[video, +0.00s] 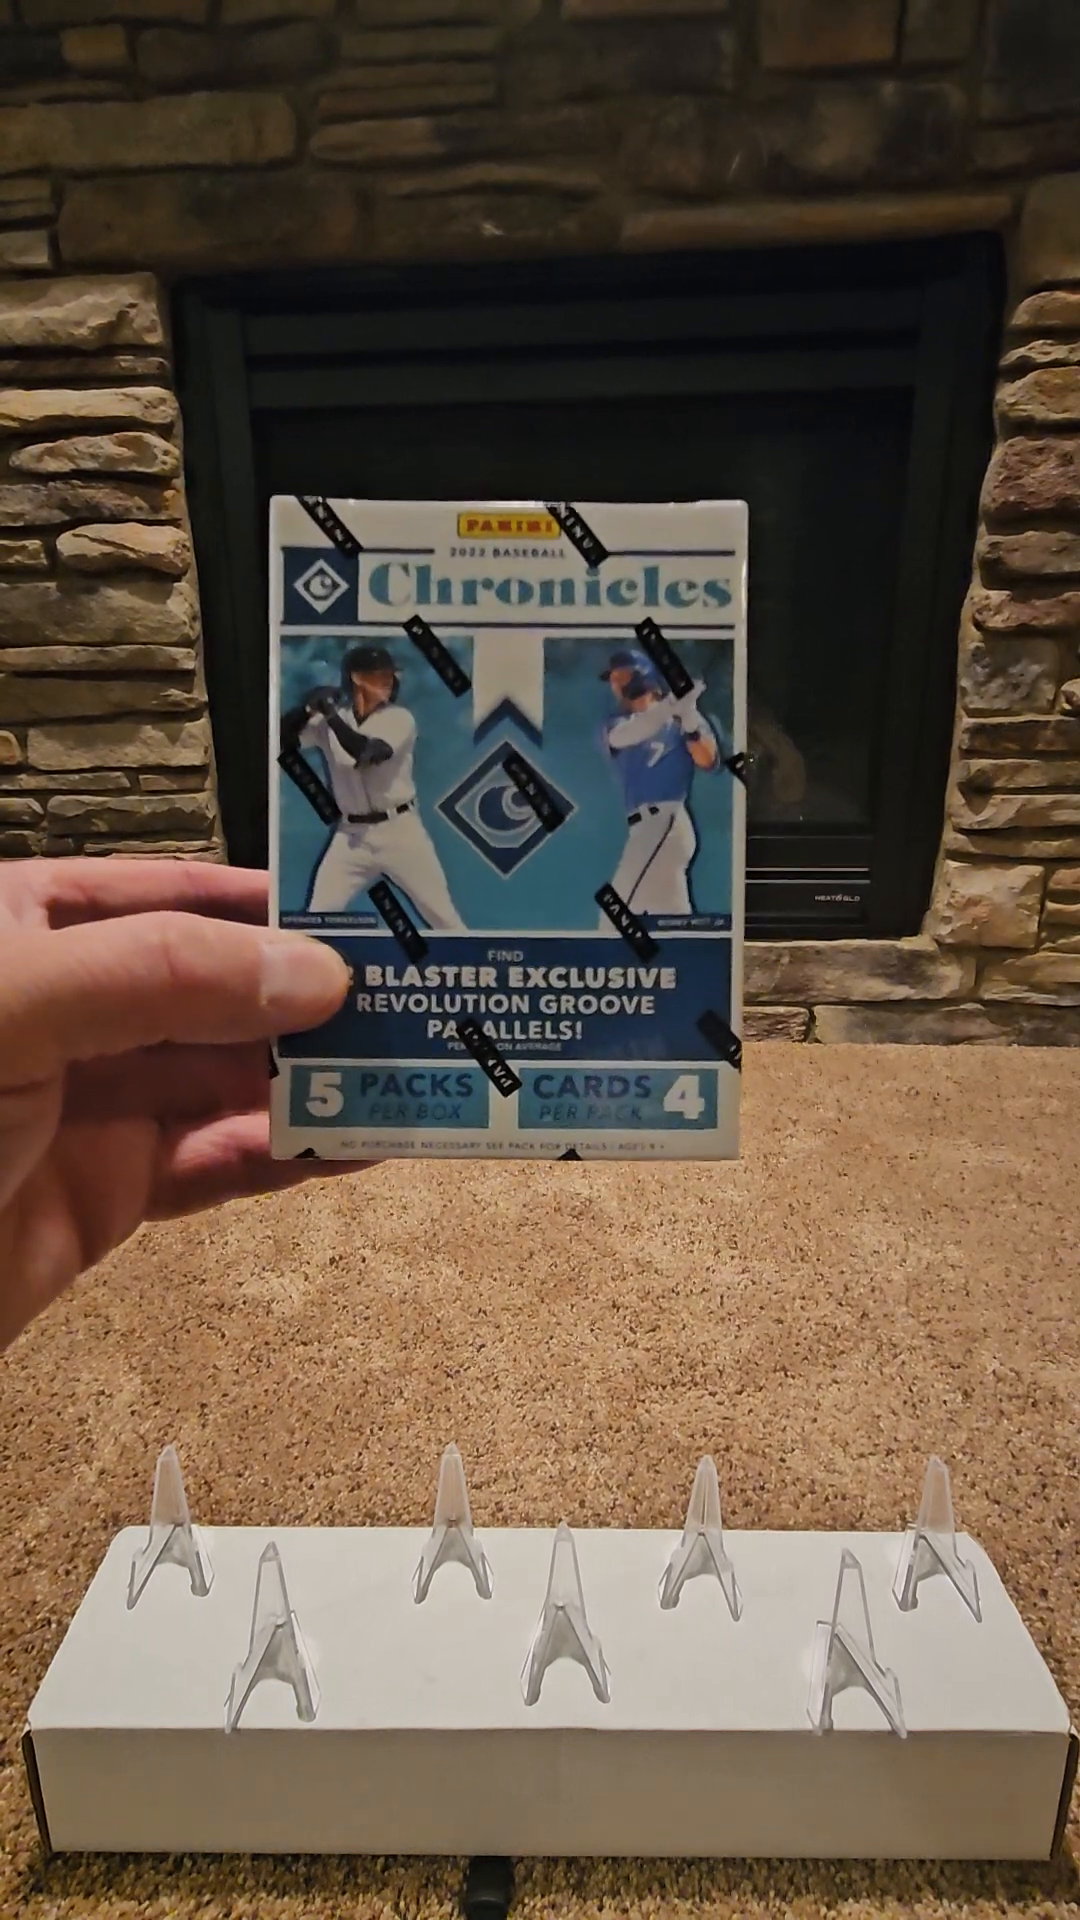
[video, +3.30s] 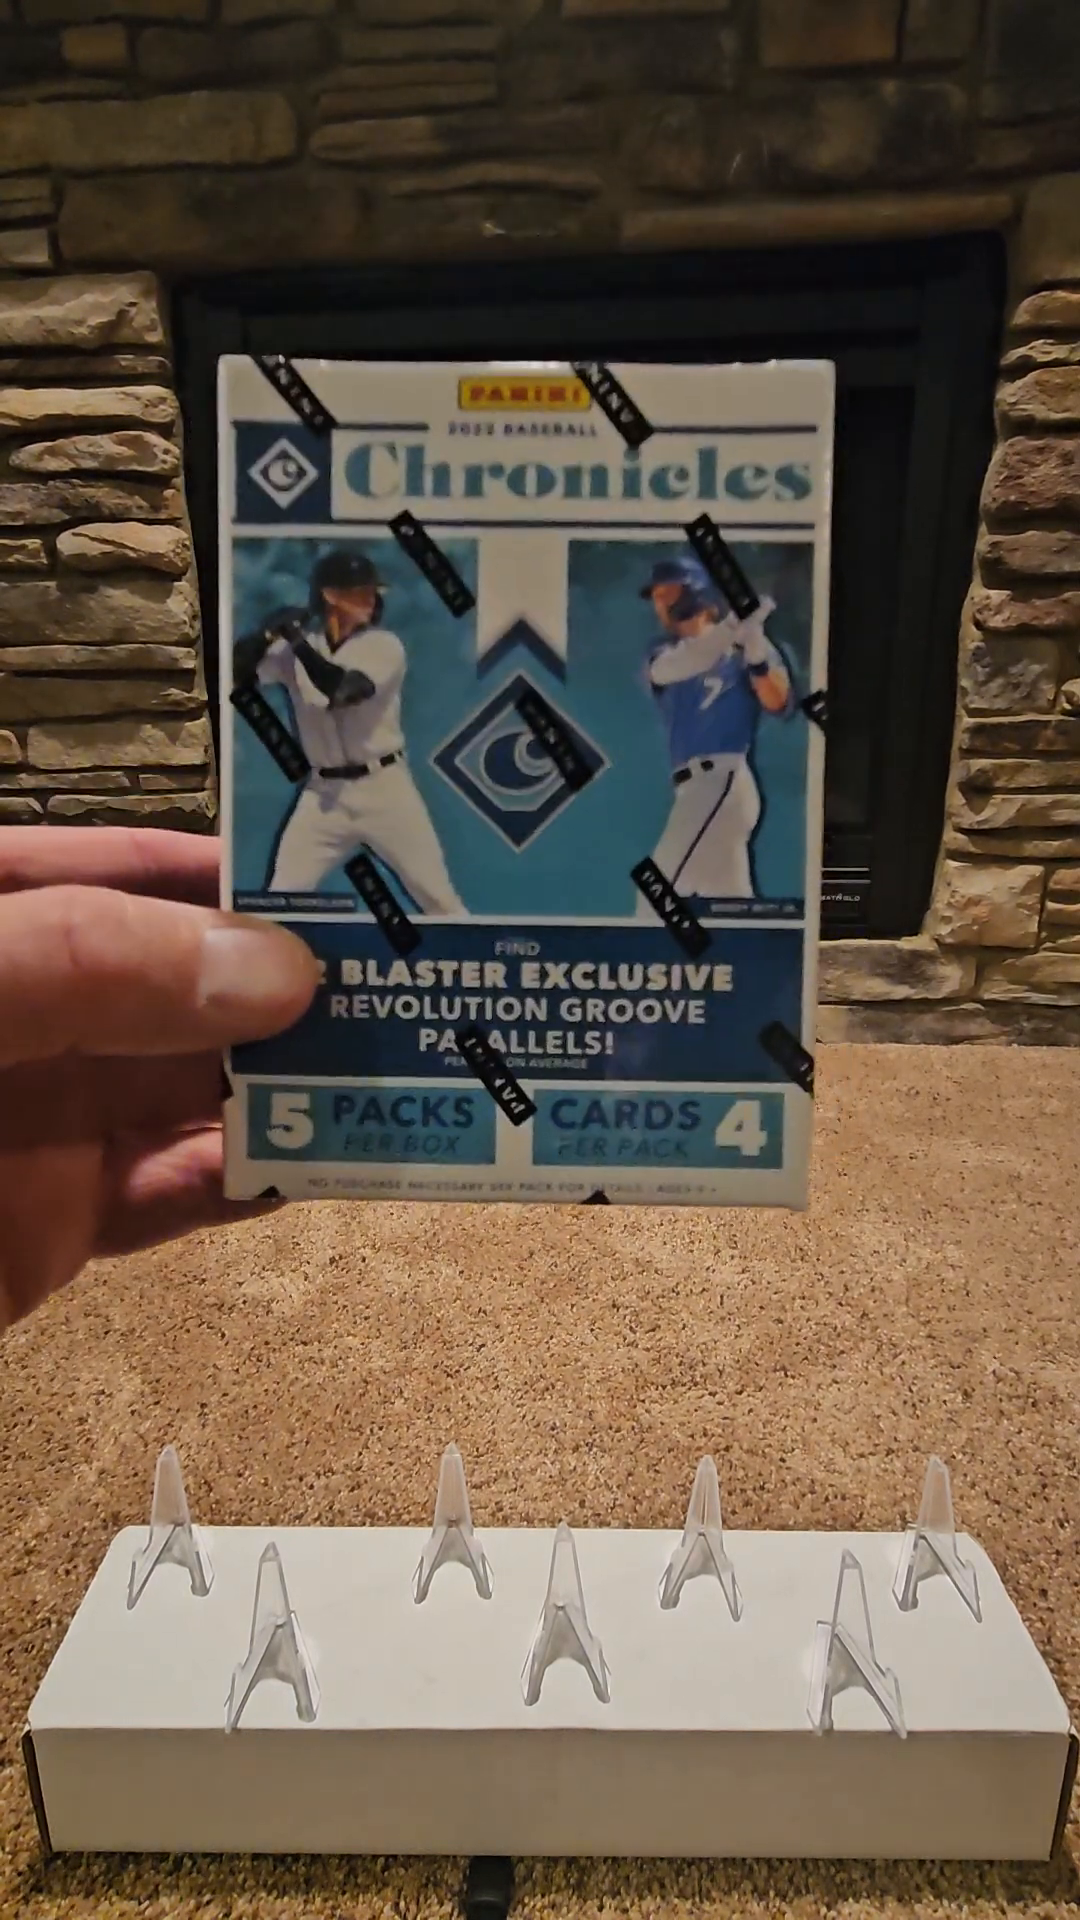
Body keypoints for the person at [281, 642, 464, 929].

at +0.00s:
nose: (390, 679)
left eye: (390, 673)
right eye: (381, 673)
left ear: (393, 679)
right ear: (357, 678)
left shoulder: (399, 718)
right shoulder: (327, 723)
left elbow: (366, 754)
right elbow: (282, 740)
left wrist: (330, 714)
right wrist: (306, 710)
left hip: (401, 832)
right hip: (351, 836)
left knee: (444, 918)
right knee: (319, 920)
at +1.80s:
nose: (371, 651)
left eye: (371, 644)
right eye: (361, 644)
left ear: (375, 649)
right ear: (335, 650)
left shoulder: (381, 693)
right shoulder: (303, 699)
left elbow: (344, 731)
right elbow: (255, 716)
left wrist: (307, 689)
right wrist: (282, 683)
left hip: (384, 816)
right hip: (330, 820)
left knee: (428, 906)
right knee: (297, 912)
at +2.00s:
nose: (336, 601)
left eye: (337, 594)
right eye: (326, 594)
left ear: (340, 599)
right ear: (300, 601)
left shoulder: (349, 645)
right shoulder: (266, 650)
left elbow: (311, 686)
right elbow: (216, 669)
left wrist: (270, 641)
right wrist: (243, 635)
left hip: (352, 774)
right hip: (296, 779)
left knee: (400, 871)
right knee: (261, 875)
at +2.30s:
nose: (342, 551)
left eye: (343, 543)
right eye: (331, 543)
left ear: (348, 550)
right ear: (304, 551)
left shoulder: (356, 600)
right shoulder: (269, 606)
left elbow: (317, 643)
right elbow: (213, 622)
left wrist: (272, 595)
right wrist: (243, 591)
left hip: (361, 738)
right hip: (301, 744)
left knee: (413, 840)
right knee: (265, 848)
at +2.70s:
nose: (368, 501)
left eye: (370, 492)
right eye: (356, 492)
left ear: (377, 498)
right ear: (327, 499)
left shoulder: (385, 553)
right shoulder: (290, 559)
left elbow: (341, 602)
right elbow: (227, 583)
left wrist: (292, 548)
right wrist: (261, 543)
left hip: (389, 708)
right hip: (323, 714)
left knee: (446, 824)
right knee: (282, 829)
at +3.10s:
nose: (374, 549)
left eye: (379, 541)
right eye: (362, 540)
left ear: (387, 549)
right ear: (337, 547)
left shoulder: (396, 599)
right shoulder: (304, 604)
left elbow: (355, 646)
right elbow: (245, 631)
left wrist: (306, 595)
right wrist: (274, 589)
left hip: (399, 747)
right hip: (334, 753)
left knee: (454, 861)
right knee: (294, 864)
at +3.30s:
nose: (371, 597)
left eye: (372, 589)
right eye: (360, 589)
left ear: (376, 595)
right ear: (330, 596)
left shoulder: (383, 646)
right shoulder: (294, 652)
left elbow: (342, 691)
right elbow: (238, 673)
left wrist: (296, 640)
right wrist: (266, 634)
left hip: (386, 791)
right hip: (323, 796)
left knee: (439, 899)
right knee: (282, 903)